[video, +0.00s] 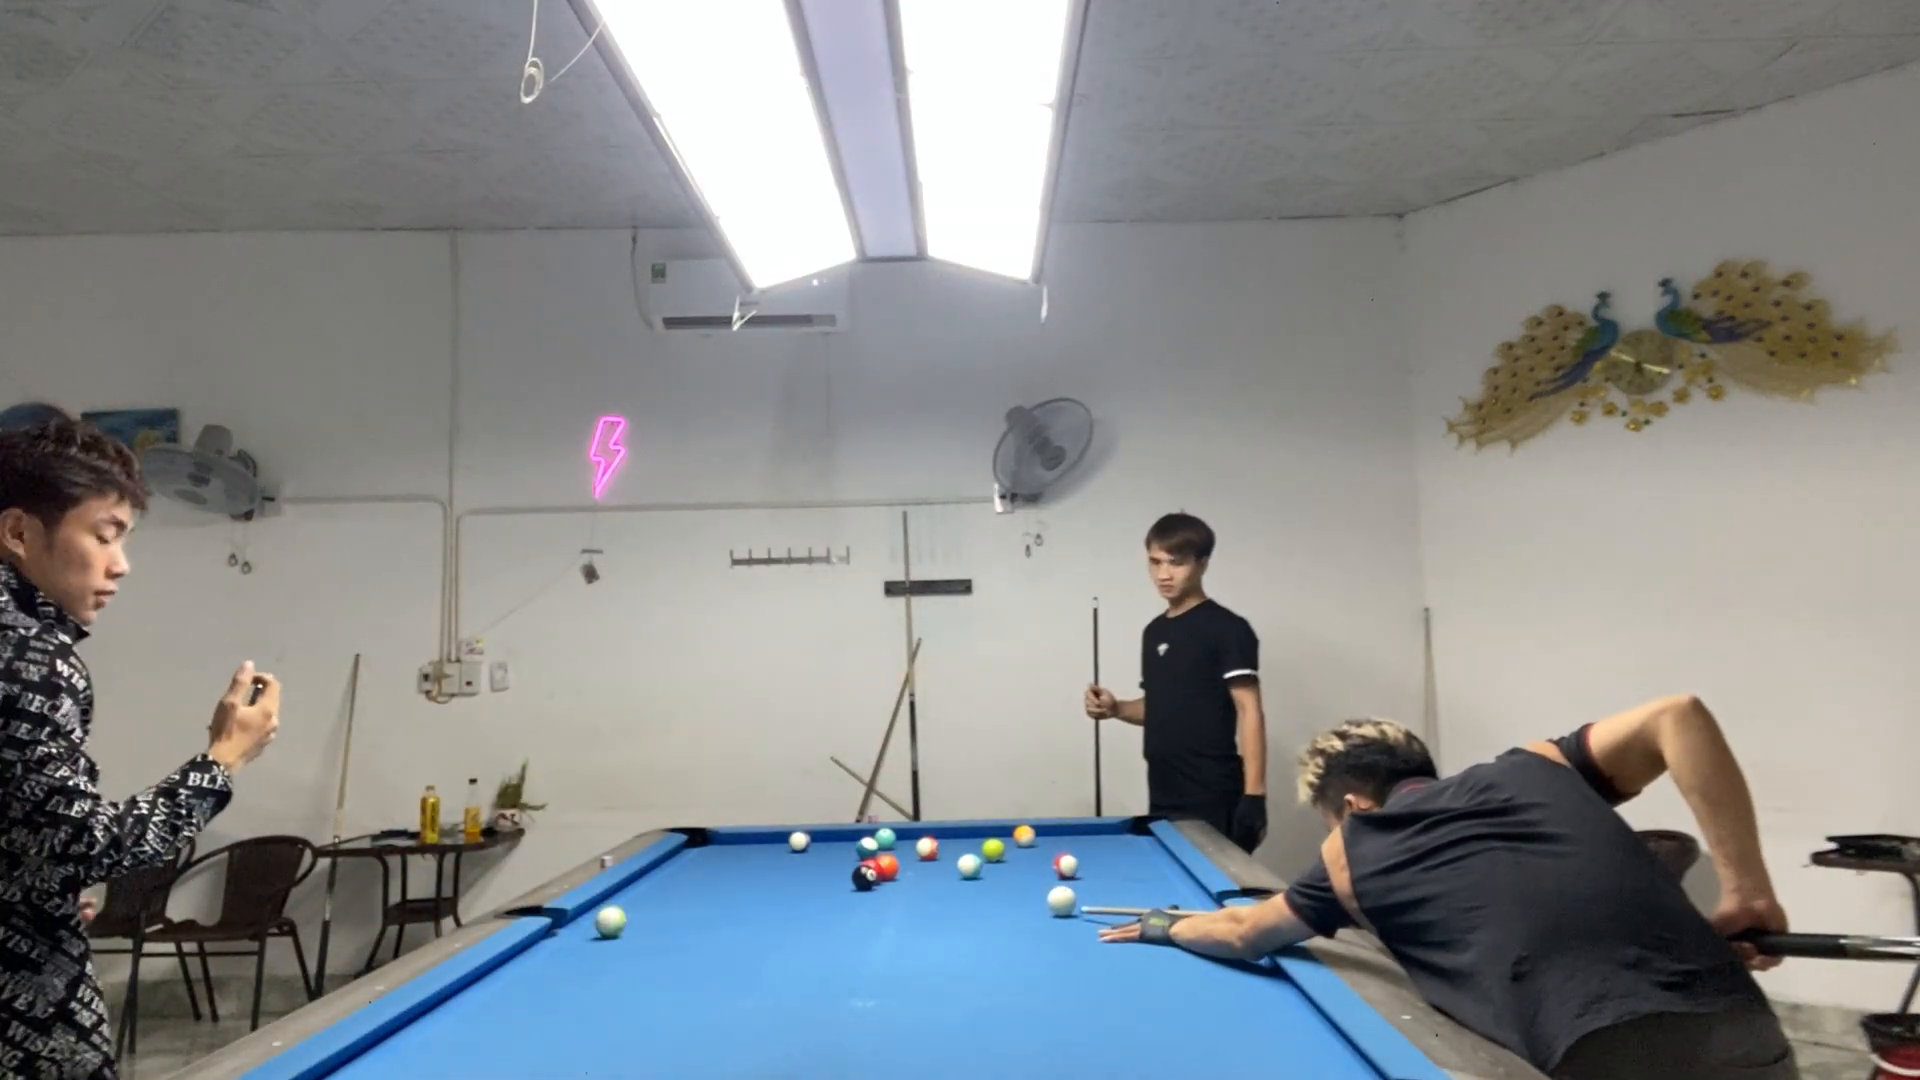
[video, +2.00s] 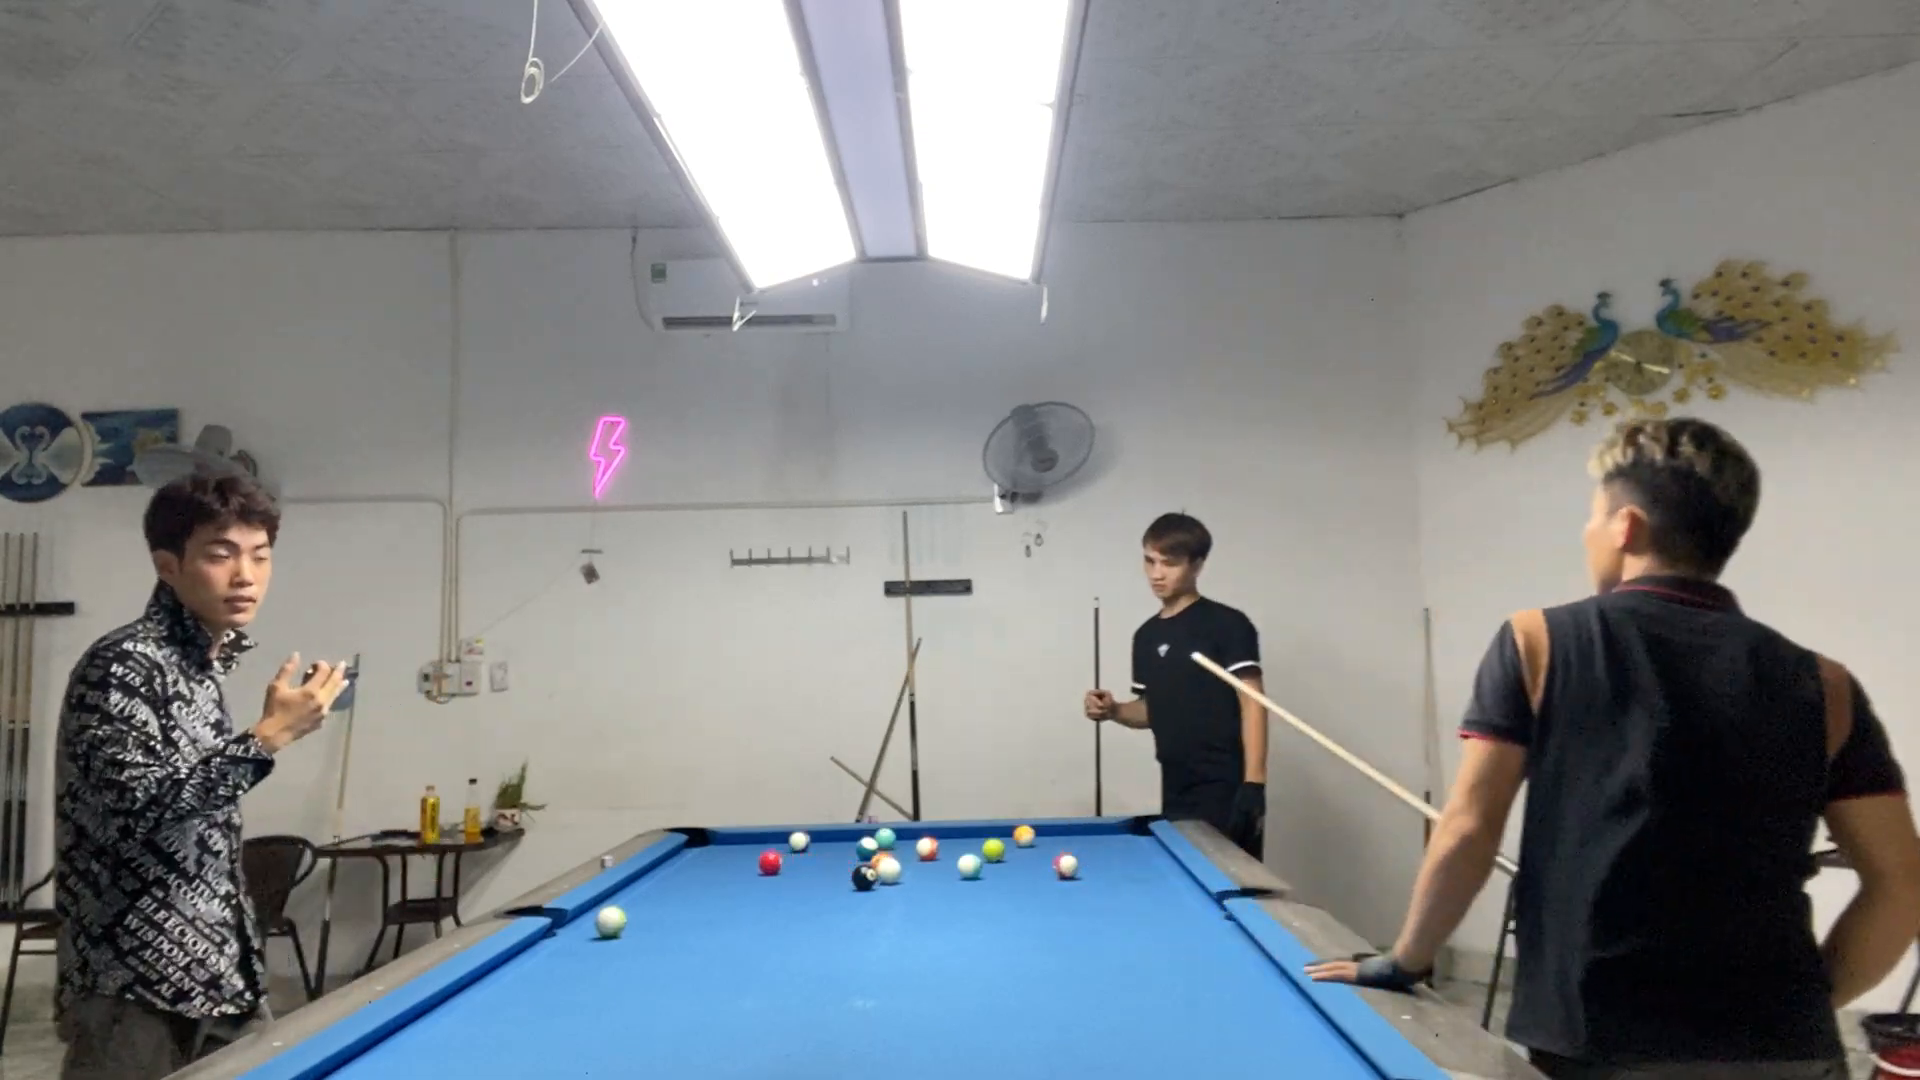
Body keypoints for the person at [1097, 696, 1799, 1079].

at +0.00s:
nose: (1330, 829)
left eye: (1326, 818)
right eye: (1326, 821)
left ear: (1348, 803)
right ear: (1427, 772)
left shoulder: (1352, 847)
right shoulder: (1537, 762)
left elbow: (1243, 933)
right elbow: (1679, 716)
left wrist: (1175, 923)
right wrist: (1749, 885)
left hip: (1611, 1055)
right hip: (1745, 1036)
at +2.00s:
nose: (1586, 535)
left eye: (1593, 514)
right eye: (1591, 513)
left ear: (1628, 528)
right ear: (1721, 540)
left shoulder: (1539, 644)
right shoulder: (1821, 686)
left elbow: (1469, 830)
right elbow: (1897, 892)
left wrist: (1405, 960)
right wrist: (1797, 1001)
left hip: (1594, 1042)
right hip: (1775, 1047)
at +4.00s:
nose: (1736, 565)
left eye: (1745, 539)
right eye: (1743, 540)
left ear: (1778, 542)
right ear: (1875, 587)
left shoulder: (1650, 626)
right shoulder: (1908, 692)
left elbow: (1542, 793)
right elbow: (1904, 878)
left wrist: (1447, 932)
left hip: (1674, 1031)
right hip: (1863, 1045)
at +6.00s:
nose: (1528, 534)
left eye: (1529, 505)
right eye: (1522, 508)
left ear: (1599, 505)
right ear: (1696, 480)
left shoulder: (1635, 673)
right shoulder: (1856, 635)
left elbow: (1697, 952)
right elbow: (1896, 892)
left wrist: (1600, 1068)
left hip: (1743, 1062)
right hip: (1889, 1052)